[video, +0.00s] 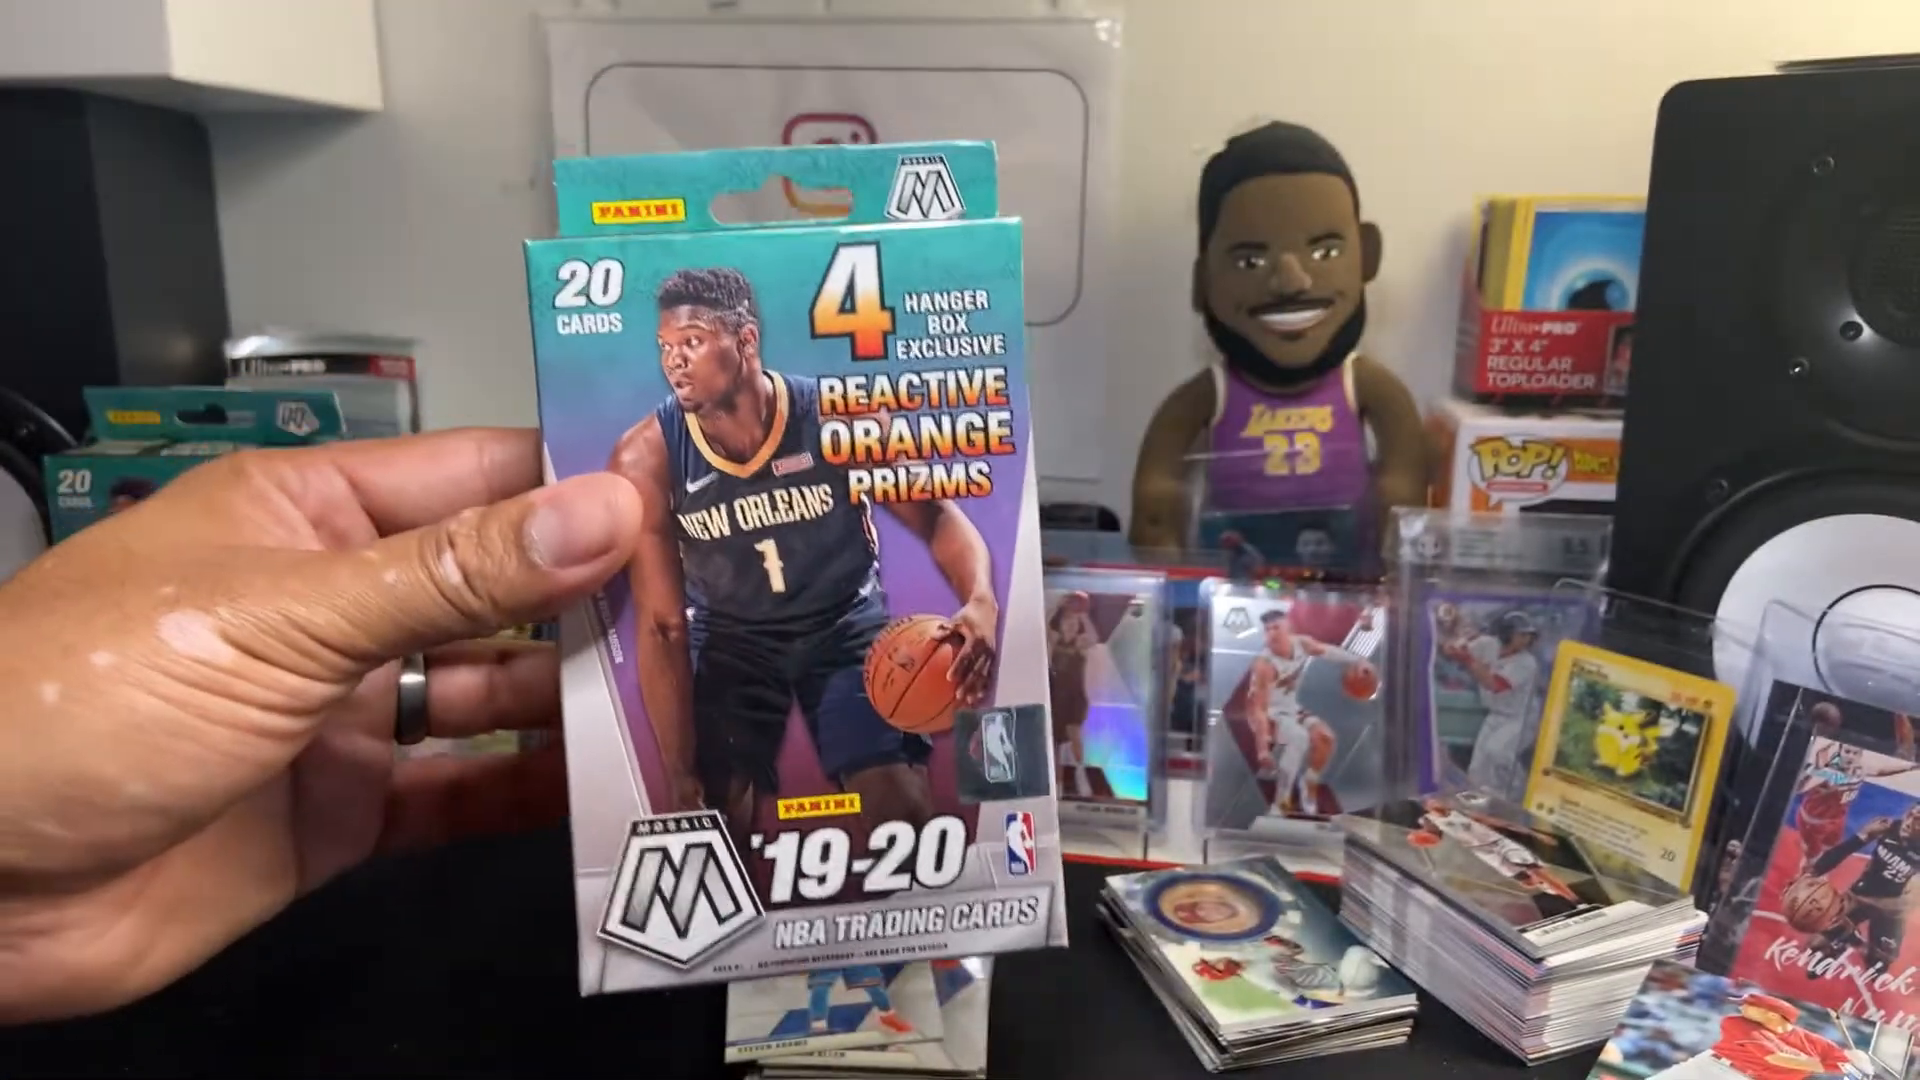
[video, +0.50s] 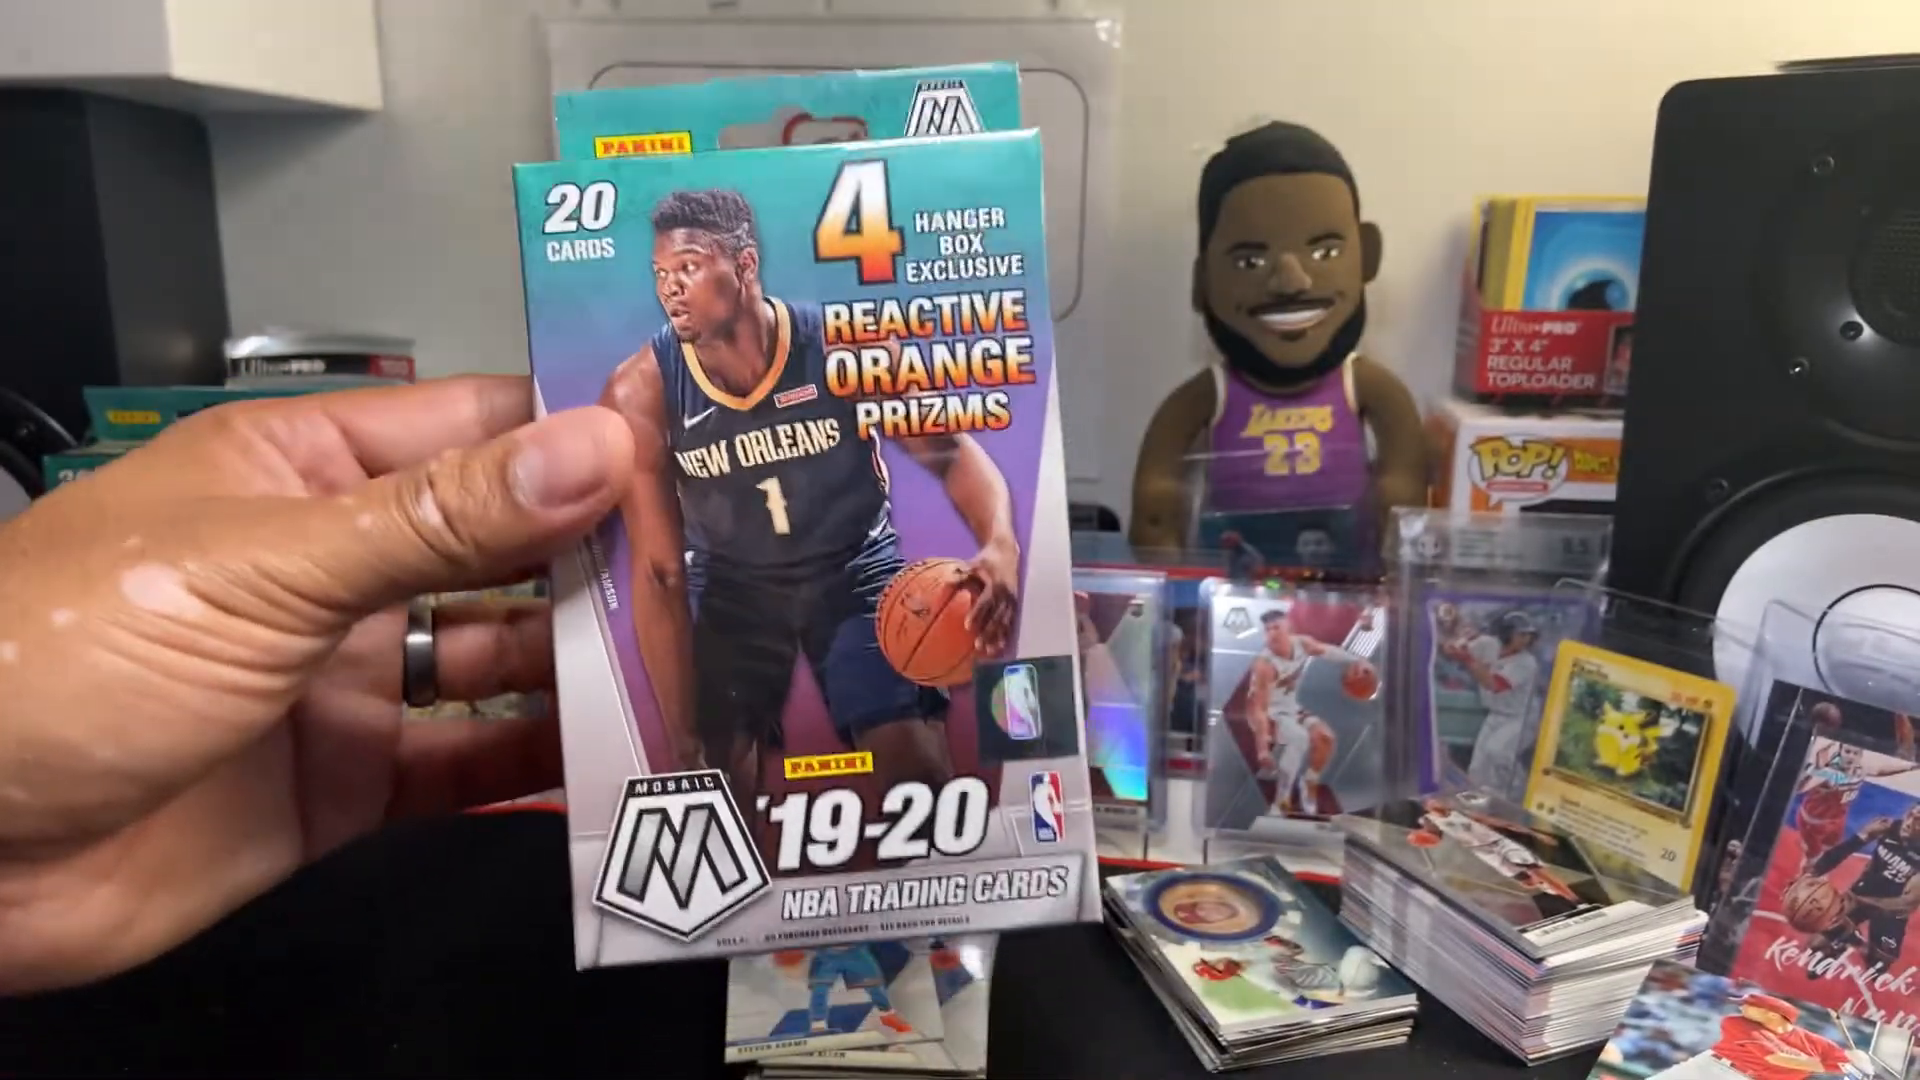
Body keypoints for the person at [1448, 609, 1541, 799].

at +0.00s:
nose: (1526, 640)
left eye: (1529, 636)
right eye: (1522, 635)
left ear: (1532, 638)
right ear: (1509, 634)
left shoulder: (1527, 662)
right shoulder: (1489, 645)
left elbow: (1496, 684)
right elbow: (1457, 651)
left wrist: (1471, 662)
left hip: (1517, 721)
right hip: (1494, 717)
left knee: (1496, 750)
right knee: (1479, 756)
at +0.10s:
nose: (1526, 640)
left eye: (1529, 636)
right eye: (1522, 635)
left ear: (1532, 638)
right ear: (1509, 634)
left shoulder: (1527, 662)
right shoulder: (1489, 645)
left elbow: (1497, 684)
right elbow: (1458, 651)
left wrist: (1471, 662)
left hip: (1517, 721)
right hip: (1494, 717)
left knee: (1496, 750)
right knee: (1480, 756)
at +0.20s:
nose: (1526, 640)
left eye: (1529, 636)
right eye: (1521, 634)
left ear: (1532, 638)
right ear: (1508, 634)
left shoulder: (1527, 662)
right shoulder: (1490, 646)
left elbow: (1496, 684)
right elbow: (1460, 650)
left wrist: (1470, 662)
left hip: (1517, 721)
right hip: (1494, 717)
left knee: (1496, 750)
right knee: (1480, 754)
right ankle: (1475, 795)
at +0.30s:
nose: (1526, 640)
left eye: (1529, 635)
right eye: (1521, 634)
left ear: (1532, 638)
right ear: (1508, 634)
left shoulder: (1527, 662)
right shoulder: (1489, 645)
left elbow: (1496, 684)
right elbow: (1459, 650)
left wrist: (1470, 662)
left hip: (1516, 721)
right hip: (1494, 717)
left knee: (1496, 750)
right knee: (1480, 754)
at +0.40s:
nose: (1526, 640)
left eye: (1529, 635)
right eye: (1521, 634)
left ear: (1532, 638)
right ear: (1508, 634)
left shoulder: (1527, 662)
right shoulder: (1489, 645)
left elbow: (1496, 684)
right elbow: (1459, 650)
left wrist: (1470, 662)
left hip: (1516, 721)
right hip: (1494, 717)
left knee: (1496, 750)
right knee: (1480, 754)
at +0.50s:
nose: (1526, 640)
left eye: (1529, 636)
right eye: (1521, 635)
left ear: (1532, 638)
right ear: (1508, 634)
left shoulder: (1527, 662)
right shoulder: (1490, 645)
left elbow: (1497, 684)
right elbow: (1458, 650)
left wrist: (1470, 661)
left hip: (1517, 721)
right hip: (1494, 717)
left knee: (1496, 750)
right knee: (1480, 753)